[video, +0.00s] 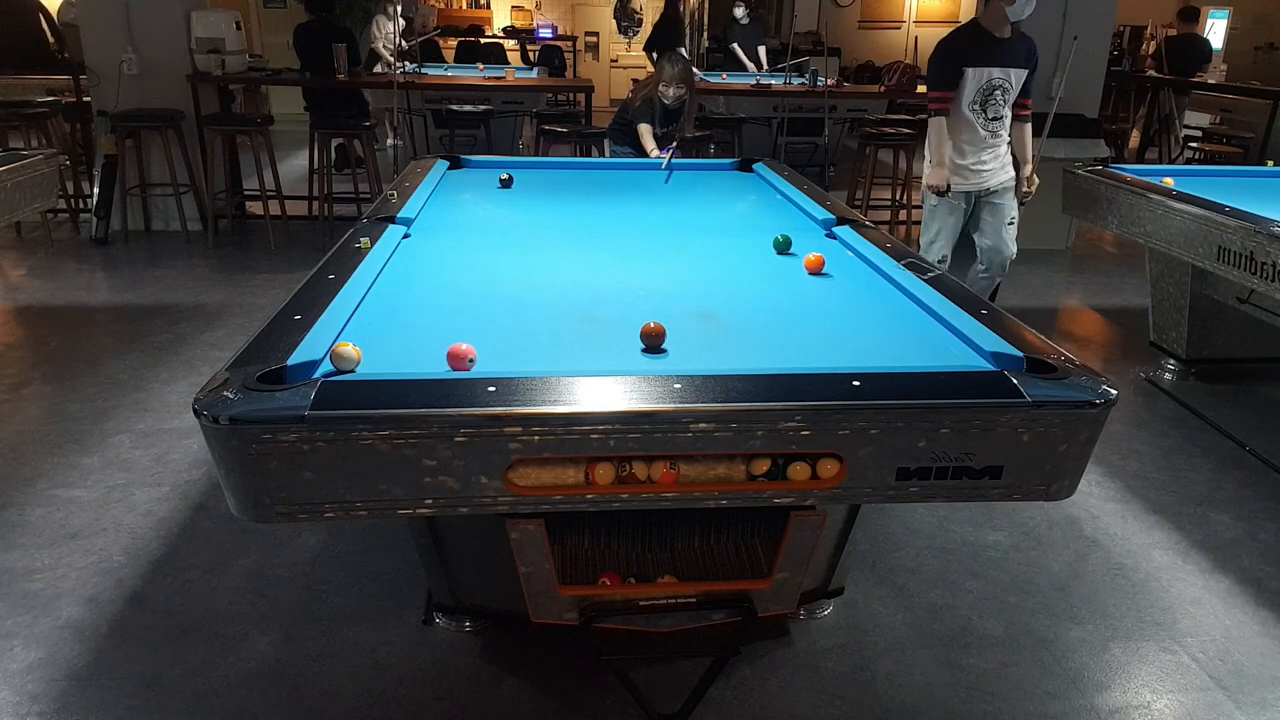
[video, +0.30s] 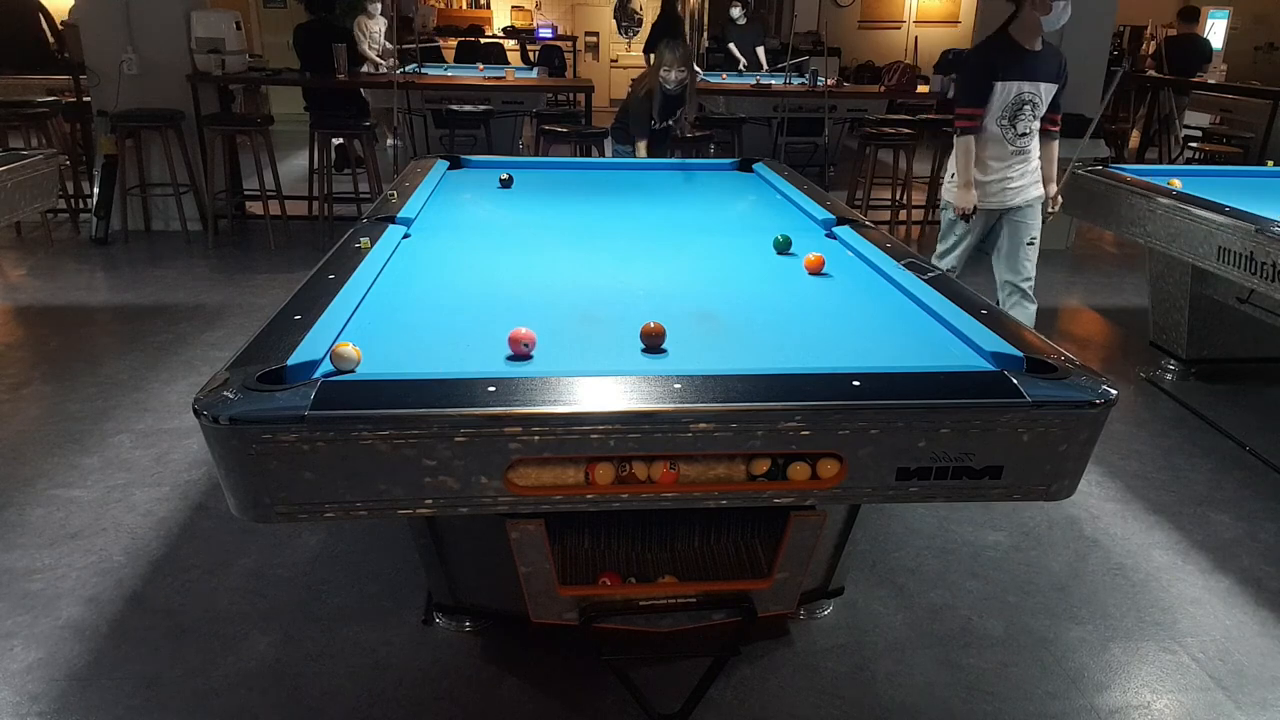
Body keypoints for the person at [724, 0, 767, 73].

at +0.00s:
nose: (736, 11)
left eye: (739, 7)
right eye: (735, 7)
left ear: (747, 10)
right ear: (732, 10)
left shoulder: (756, 25)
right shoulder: (730, 25)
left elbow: (761, 46)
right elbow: (734, 46)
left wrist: (765, 66)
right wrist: (748, 64)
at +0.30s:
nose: (733, 10)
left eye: (736, 7)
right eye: (731, 7)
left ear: (744, 10)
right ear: (729, 10)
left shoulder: (754, 25)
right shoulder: (728, 26)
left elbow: (759, 46)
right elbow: (730, 44)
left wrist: (765, 65)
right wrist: (741, 59)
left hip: (752, 69)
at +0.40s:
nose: (731, 10)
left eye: (735, 7)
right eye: (730, 7)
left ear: (742, 10)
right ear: (727, 10)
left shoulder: (753, 25)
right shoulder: (727, 26)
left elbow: (758, 46)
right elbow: (727, 44)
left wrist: (764, 65)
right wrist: (735, 56)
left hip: (752, 69)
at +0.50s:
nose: (731, 9)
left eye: (734, 6)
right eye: (729, 6)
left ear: (742, 10)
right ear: (727, 9)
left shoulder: (753, 25)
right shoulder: (726, 26)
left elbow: (758, 46)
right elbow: (724, 43)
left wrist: (764, 65)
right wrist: (728, 54)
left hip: (752, 70)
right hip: (733, 70)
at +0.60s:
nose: (731, 10)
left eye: (734, 7)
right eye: (729, 7)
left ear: (741, 9)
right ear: (727, 10)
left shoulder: (752, 26)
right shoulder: (725, 26)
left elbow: (758, 47)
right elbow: (722, 45)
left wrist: (765, 66)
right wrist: (721, 56)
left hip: (751, 72)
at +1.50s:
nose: (734, 10)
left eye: (737, 6)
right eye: (732, 7)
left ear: (744, 9)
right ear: (730, 9)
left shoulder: (753, 25)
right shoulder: (728, 25)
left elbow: (759, 46)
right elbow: (723, 44)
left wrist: (764, 66)